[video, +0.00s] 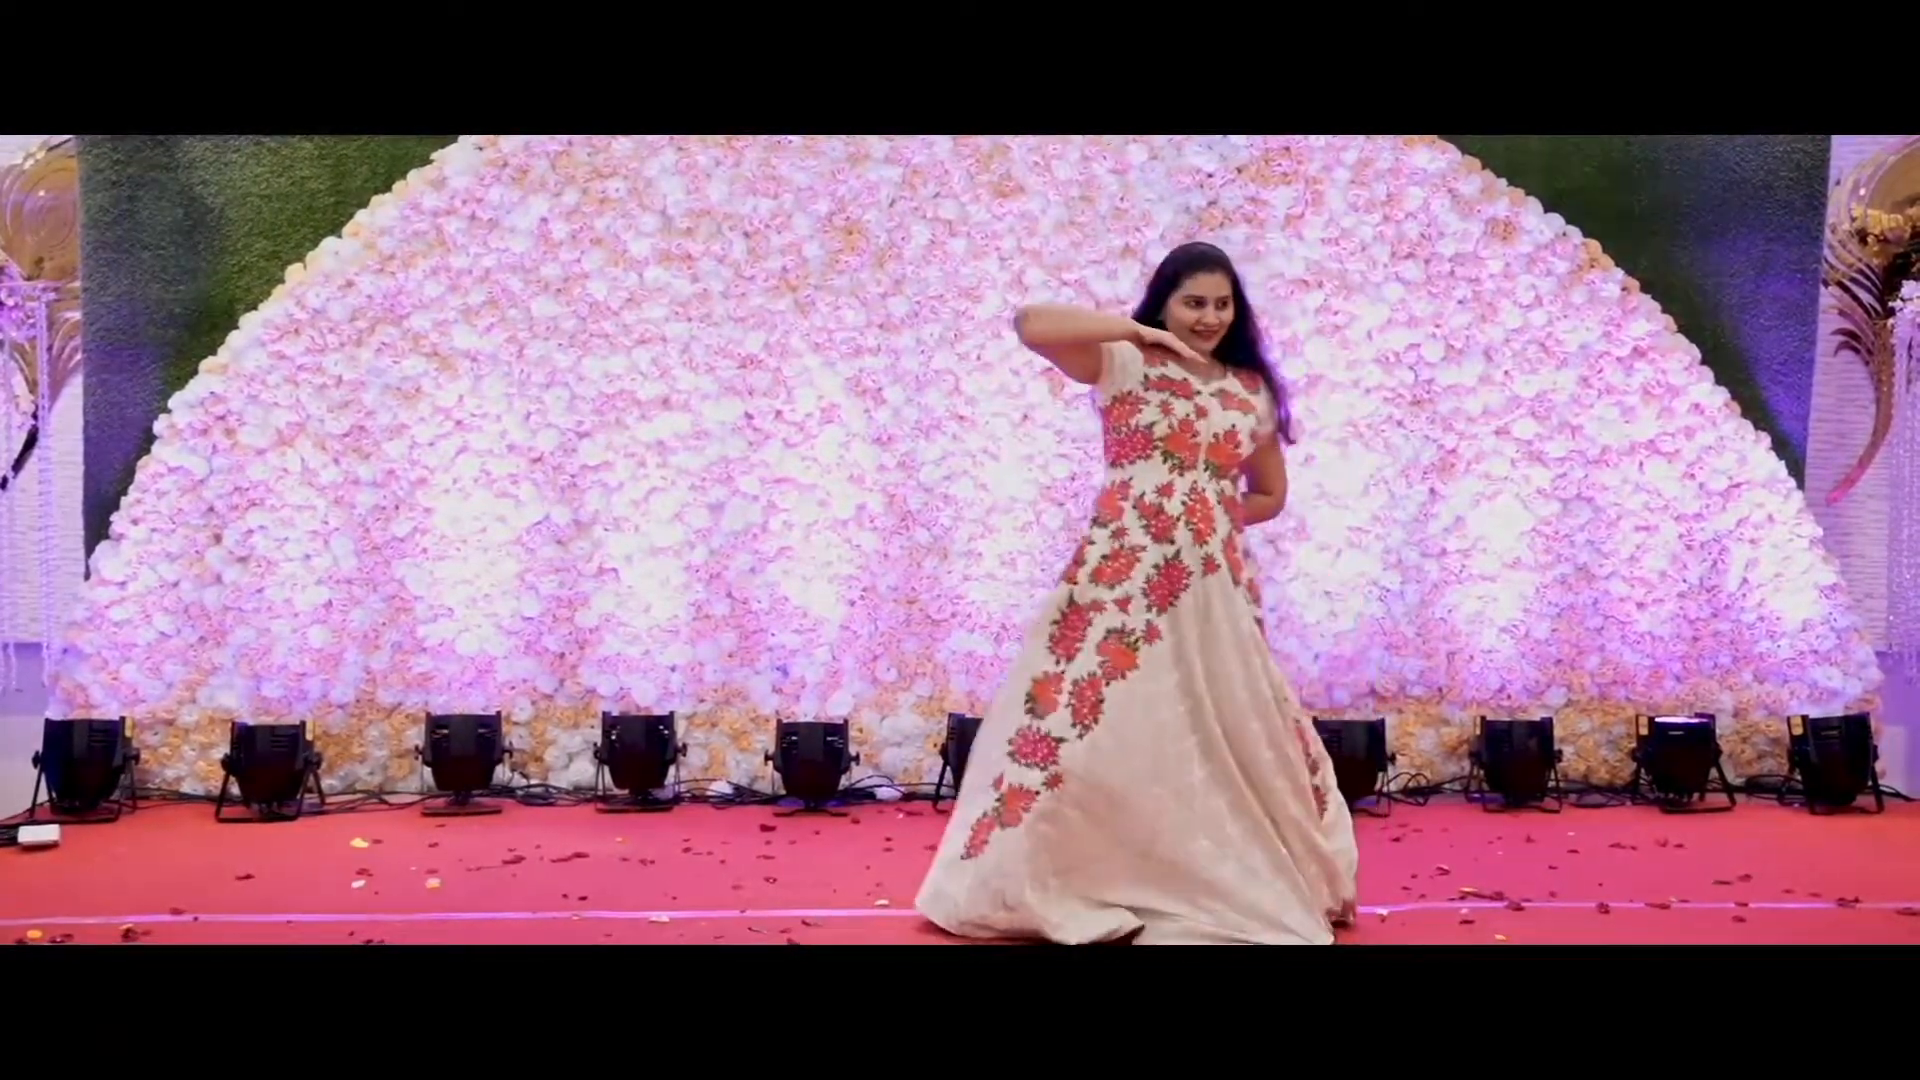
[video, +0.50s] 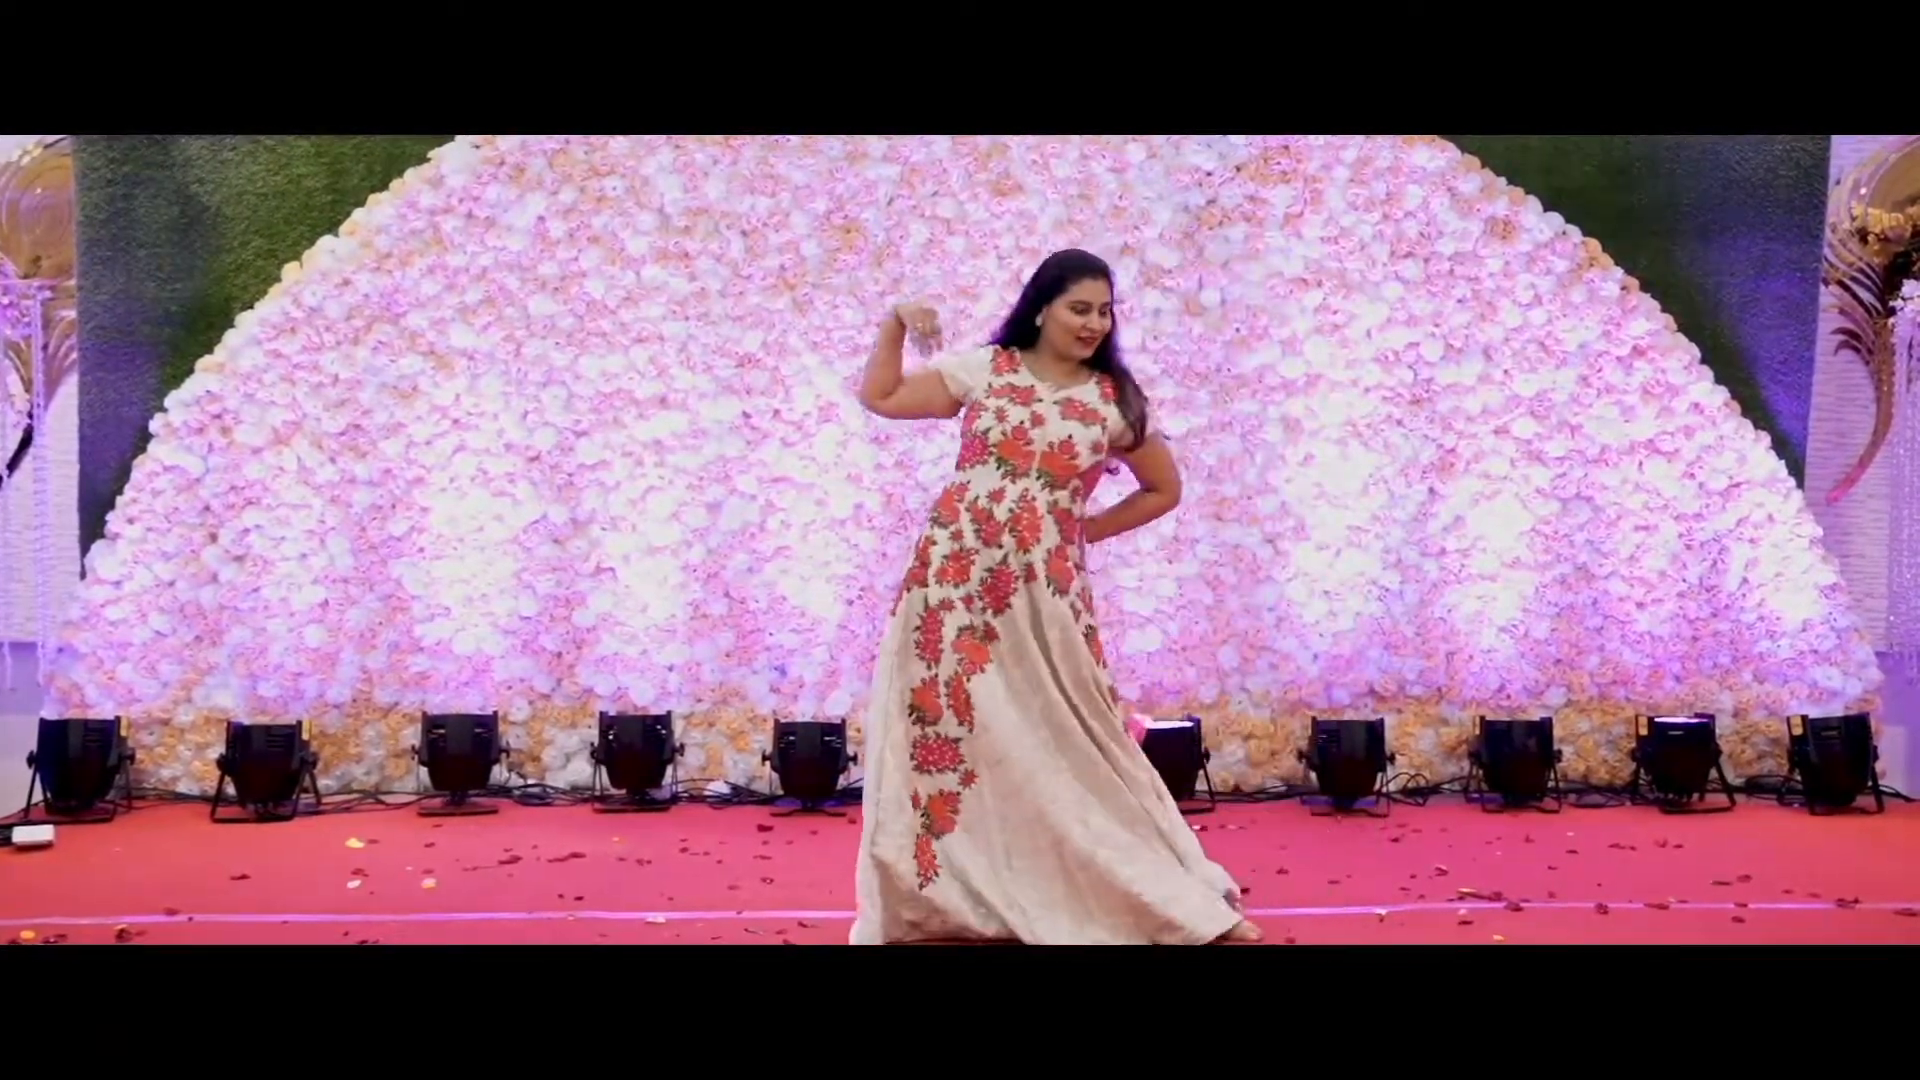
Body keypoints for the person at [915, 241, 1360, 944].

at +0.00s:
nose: (1209, 316)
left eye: (1222, 304)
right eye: (1194, 301)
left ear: (1235, 312)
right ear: (1163, 303)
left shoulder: (1249, 393)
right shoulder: (1123, 361)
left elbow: (1271, 495)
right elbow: (1033, 325)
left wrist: (1206, 512)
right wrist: (1136, 330)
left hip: (1207, 572)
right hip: (1124, 561)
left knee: (1209, 728)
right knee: (1109, 722)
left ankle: (1215, 886)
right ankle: (1104, 889)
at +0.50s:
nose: (1092, 323)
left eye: (1102, 312)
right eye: (1078, 308)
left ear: (1112, 321)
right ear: (1041, 308)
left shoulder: (1113, 403)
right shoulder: (990, 367)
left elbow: (1164, 489)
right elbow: (881, 394)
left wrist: (1089, 527)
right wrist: (893, 327)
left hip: (1041, 574)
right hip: (957, 563)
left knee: (1059, 739)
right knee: (943, 730)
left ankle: (1195, 904)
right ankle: (933, 905)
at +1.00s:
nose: (1115, 313)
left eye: (1120, 301)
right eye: (1105, 296)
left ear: (1108, 306)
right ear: (1060, 288)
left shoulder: (1105, 379)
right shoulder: (995, 334)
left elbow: (1198, 371)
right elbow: (1014, 232)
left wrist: (1237, 278)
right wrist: (1075, 175)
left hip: (1061, 560)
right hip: (978, 553)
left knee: (1089, 725)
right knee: (979, 721)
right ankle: (978, 896)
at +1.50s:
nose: (1196, 378)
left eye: (1200, 366)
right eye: (1192, 363)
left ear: (1169, 354)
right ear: (1161, 345)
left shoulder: (1152, 422)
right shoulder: (1109, 371)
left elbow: (1188, 510)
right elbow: (1210, 419)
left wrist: (1288, 518)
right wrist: (1267, 473)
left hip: (1120, 583)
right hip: (1072, 575)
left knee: (1187, 722)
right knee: (1083, 734)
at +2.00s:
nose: (1102, 306)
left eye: (1113, 296)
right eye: (1088, 293)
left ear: (1122, 307)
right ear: (1057, 295)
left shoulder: (1099, 399)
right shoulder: (1016, 339)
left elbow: (1131, 481)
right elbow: (1052, 236)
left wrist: (1222, 456)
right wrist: (1145, 241)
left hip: (1057, 564)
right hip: (979, 556)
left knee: (1109, 717)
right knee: (996, 727)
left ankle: (1181, 892)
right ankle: (1013, 898)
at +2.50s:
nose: (1030, 304)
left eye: (1039, 292)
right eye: (1013, 291)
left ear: (1043, 309)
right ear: (980, 301)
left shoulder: (1061, 388)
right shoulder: (944, 374)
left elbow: (1112, 469)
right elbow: (1010, 336)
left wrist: (1202, 460)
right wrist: (1033, 259)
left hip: (1065, 570)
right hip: (983, 568)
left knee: (1109, 720)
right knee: (989, 726)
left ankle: (1135, 886)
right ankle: (979, 891)